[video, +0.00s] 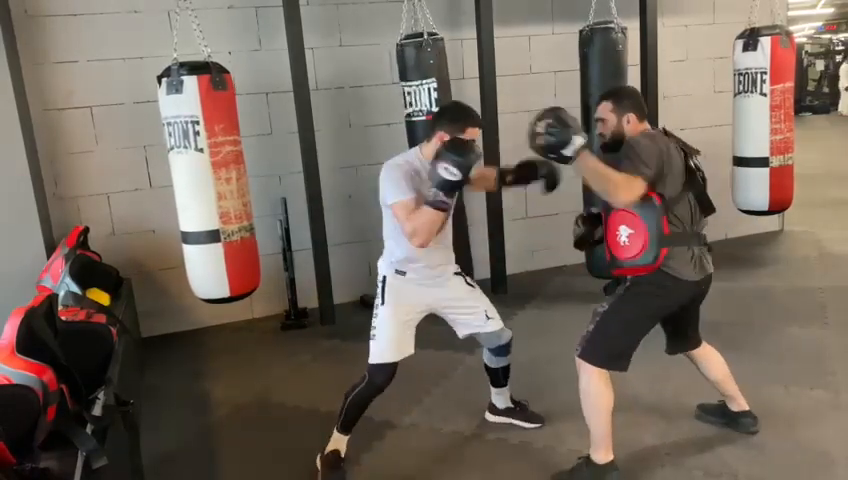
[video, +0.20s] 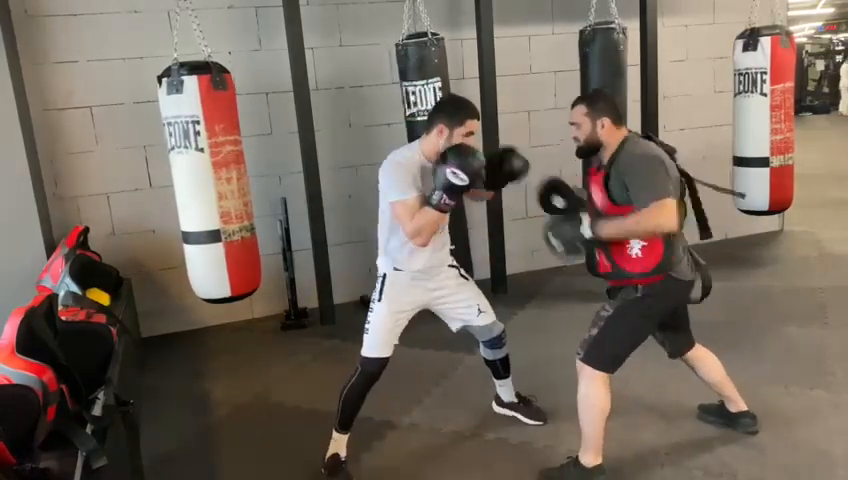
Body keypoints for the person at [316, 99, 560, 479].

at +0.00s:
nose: (473, 150)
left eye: (474, 143)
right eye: (467, 142)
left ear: (455, 140)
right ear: (440, 136)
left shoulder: (452, 166)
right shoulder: (396, 171)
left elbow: (484, 180)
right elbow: (419, 235)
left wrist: (529, 174)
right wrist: (447, 185)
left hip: (446, 276)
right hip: (400, 282)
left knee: (498, 339)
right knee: (380, 376)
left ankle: (501, 405)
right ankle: (336, 446)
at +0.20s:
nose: (472, 146)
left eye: (474, 139)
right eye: (467, 137)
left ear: (448, 133)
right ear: (441, 131)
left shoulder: (449, 164)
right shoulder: (397, 166)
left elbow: (476, 193)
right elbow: (418, 234)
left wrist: (497, 178)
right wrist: (447, 194)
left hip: (443, 272)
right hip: (399, 279)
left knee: (492, 333)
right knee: (372, 366)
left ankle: (507, 398)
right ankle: (338, 444)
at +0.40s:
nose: (484, 168)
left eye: (488, 163)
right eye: (485, 161)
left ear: (468, 149)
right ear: (472, 151)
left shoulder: (455, 176)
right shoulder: (434, 172)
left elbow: (480, 235)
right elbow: (470, 233)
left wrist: (494, 194)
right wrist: (485, 191)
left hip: (441, 281)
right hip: (409, 287)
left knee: (488, 333)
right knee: (414, 390)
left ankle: (507, 400)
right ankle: (339, 447)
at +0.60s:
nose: (493, 178)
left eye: (495, 173)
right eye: (494, 171)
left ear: (478, 160)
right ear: (482, 162)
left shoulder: (453, 185)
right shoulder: (443, 179)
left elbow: (455, 240)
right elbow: (473, 238)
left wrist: (491, 224)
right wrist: (499, 210)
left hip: (445, 291)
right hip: (410, 298)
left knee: (505, 344)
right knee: (398, 399)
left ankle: (507, 401)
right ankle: (331, 456)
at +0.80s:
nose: (501, 164)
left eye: (503, 157)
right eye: (497, 155)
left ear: (479, 154)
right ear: (473, 150)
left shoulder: (474, 186)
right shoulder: (426, 171)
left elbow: (501, 226)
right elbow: (423, 231)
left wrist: (544, 223)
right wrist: (464, 199)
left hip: (447, 287)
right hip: (403, 288)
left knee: (502, 346)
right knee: (381, 378)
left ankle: (507, 401)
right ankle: (339, 433)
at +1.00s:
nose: (475, 147)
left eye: (476, 139)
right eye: (469, 139)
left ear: (462, 140)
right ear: (443, 134)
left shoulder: (458, 157)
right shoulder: (398, 161)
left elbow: (482, 169)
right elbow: (407, 230)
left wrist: (518, 160)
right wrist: (438, 186)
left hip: (442, 267)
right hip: (396, 270)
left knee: (489, 335)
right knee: (376, 360)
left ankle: (508, 399)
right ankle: (339, 433)